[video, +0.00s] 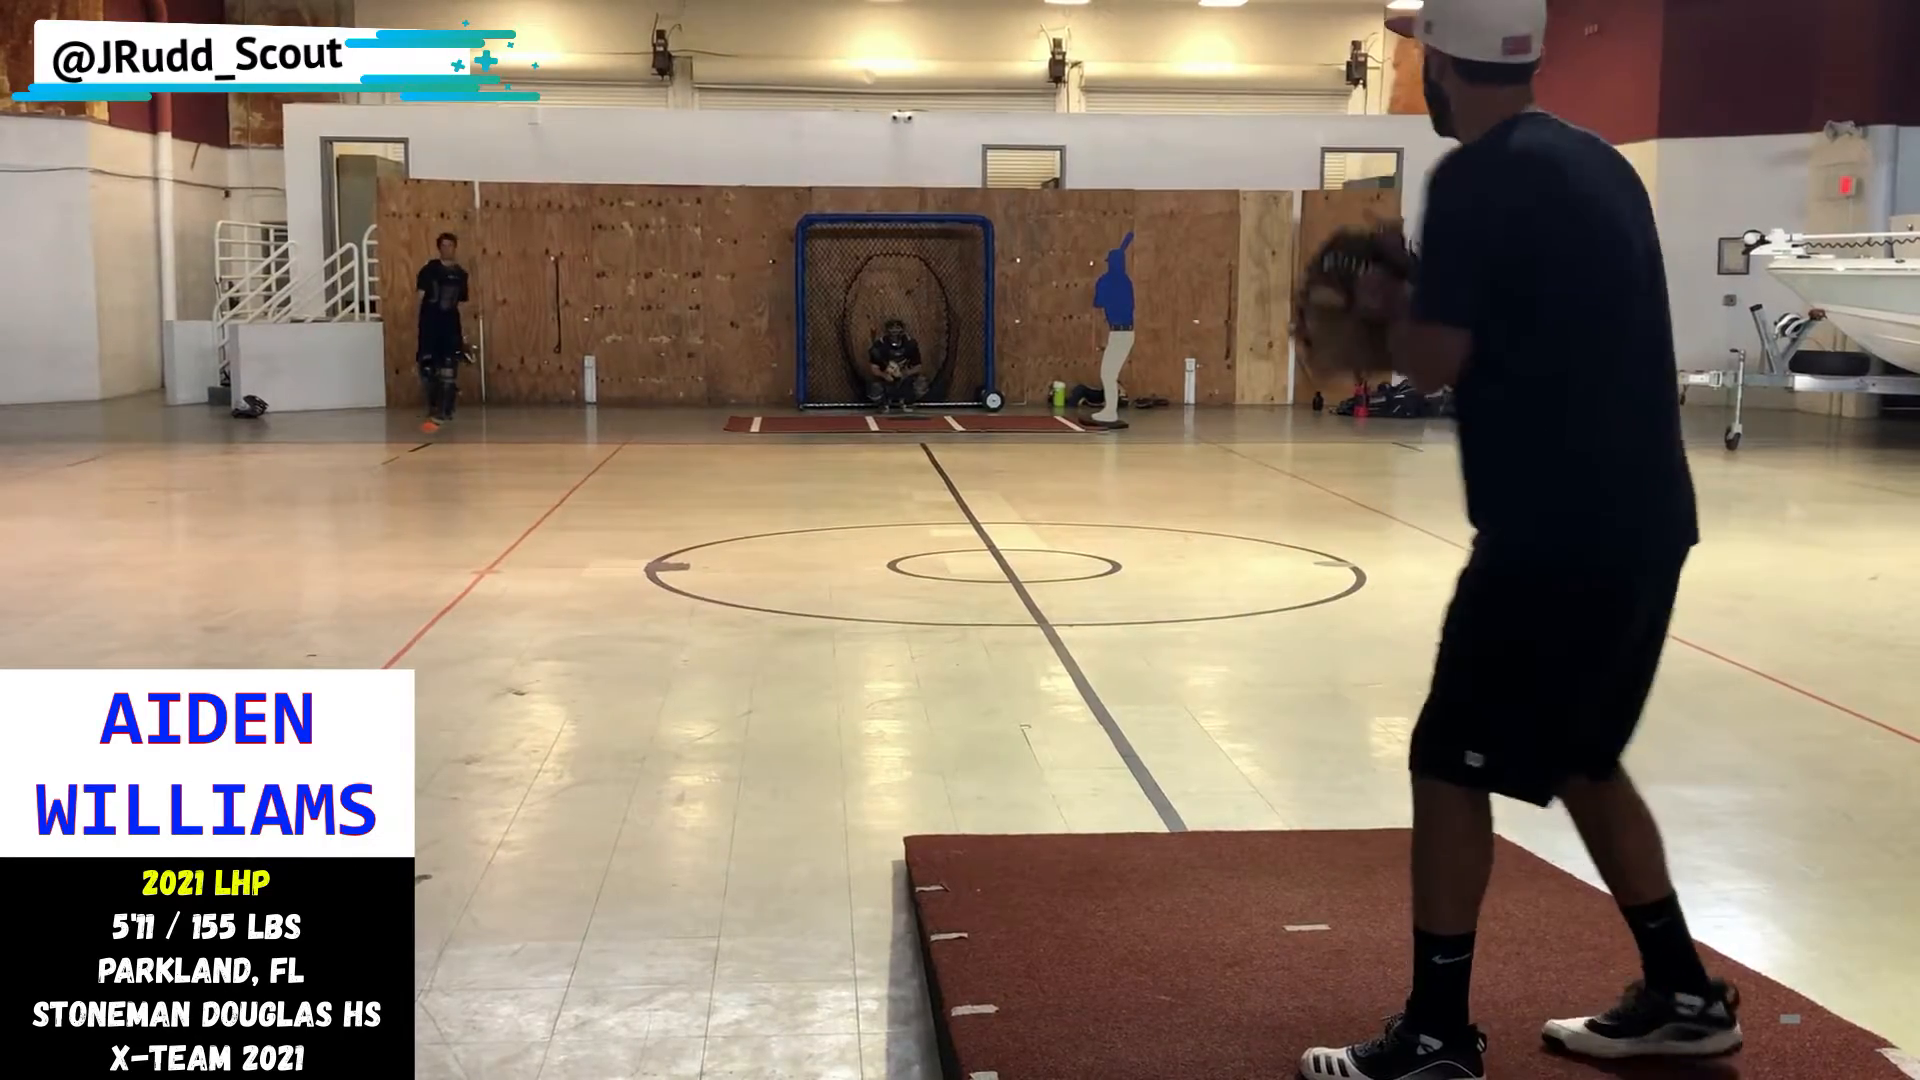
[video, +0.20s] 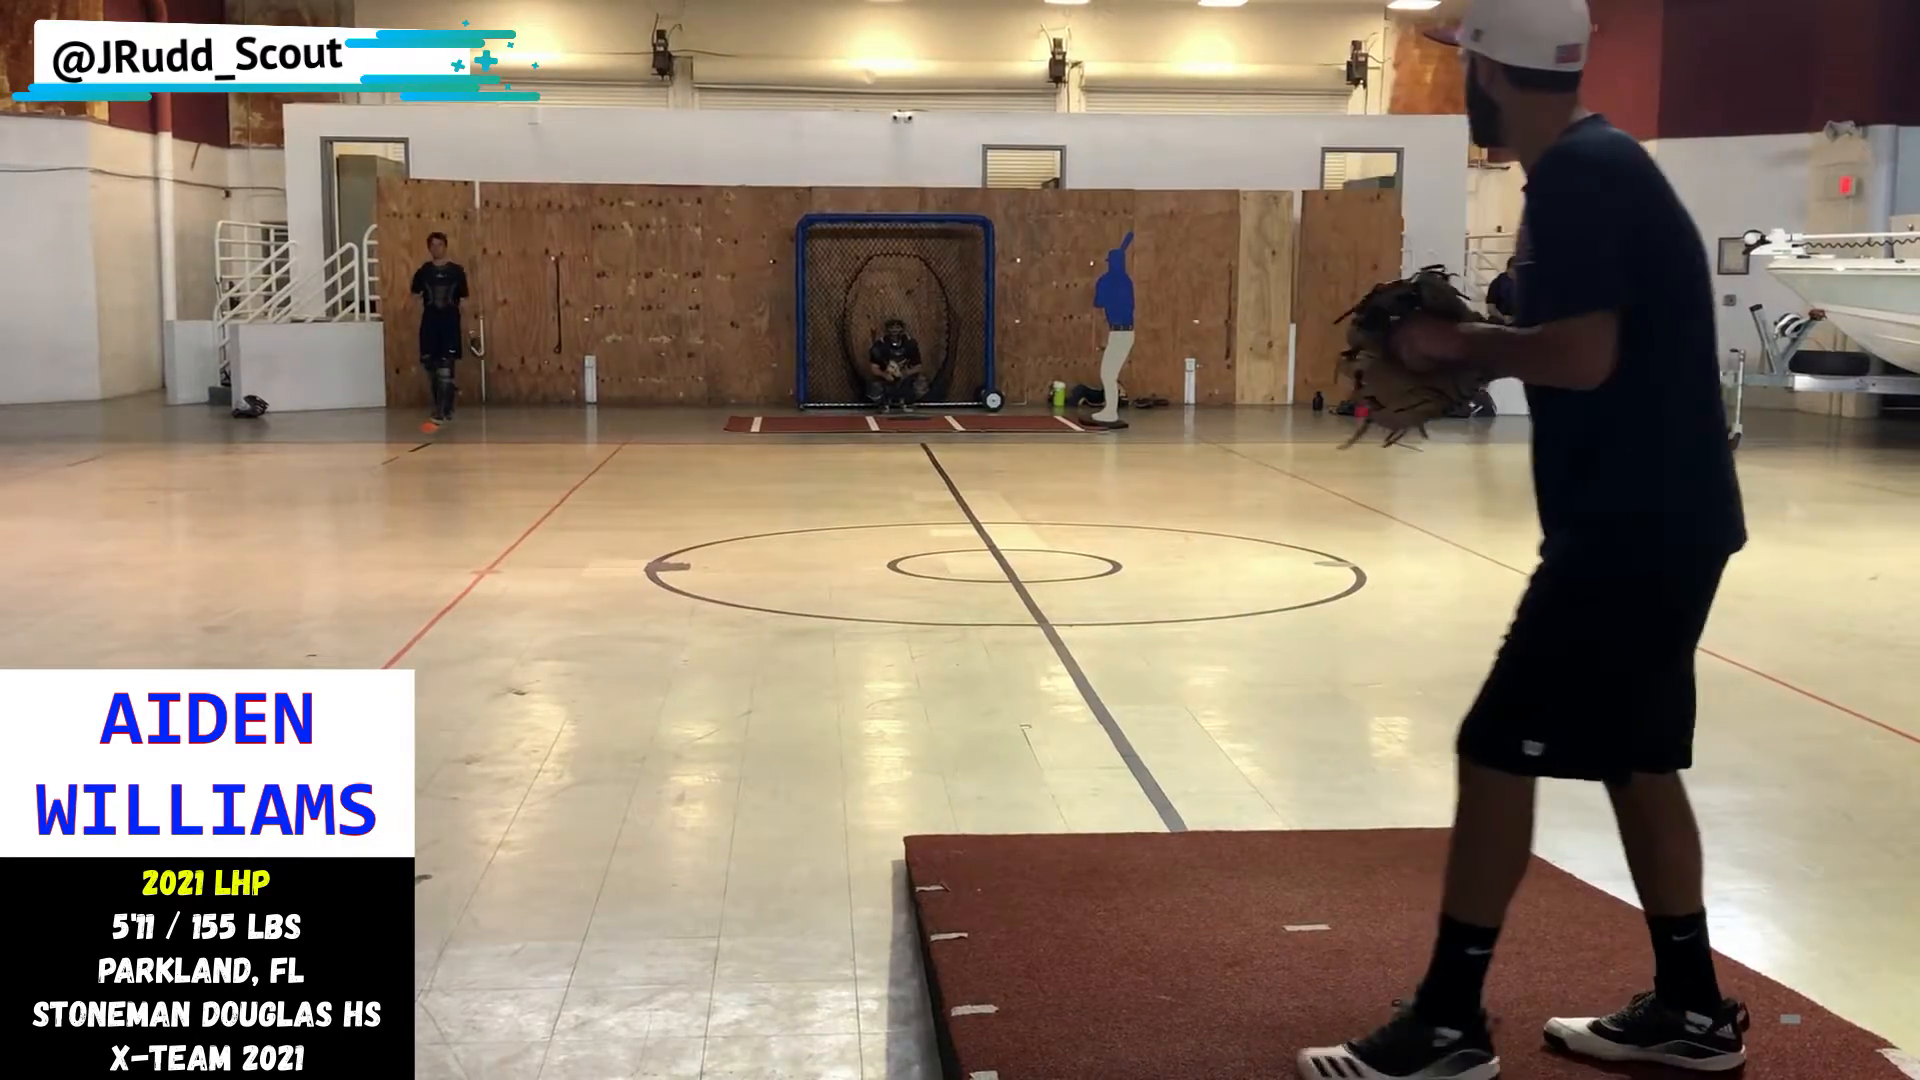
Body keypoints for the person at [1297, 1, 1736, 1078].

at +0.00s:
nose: (1418, 77)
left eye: (1421, 56)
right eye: (1422, 55)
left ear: (1440, 62)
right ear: (1529, 59)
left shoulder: (1473, 180)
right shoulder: (1601, 164)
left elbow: (1435, 360)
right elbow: (1560, 334)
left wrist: (1381, 315)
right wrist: (1419, 285)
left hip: (1544, 536)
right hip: (1644, 522)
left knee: (1446, 761)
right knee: (1580, 750)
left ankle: (1435, 1031)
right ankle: (1682, 991)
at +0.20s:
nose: (1465, 97)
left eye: (1469, 72)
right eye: (1465, 74)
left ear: (1502, 71)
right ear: (1559, 70)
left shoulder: (1579, 174)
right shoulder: (1600, 168)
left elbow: (1584, 352)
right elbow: (1581, 344)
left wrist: (1458, 348)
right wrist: (1470, 352)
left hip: (1622, 533)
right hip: (1665, 526)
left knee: (1496, 748)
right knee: (1639, 758)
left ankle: (1446, 1018)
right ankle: (1690, 1005)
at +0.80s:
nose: (1463, 72)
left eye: (1472, 51)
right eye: (1466, 52)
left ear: (1505, 60)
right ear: (1543, 63)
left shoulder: (1626, 176)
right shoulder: (1505, 188)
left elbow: (1549, 332)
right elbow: (1488, 353)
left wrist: (1393, 246)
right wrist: (1378, 285)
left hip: (1592, 539)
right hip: (1538, 533)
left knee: (1457, 761)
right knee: (1559, 762)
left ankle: (1460, 1029)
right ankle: (1675, 988)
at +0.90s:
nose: (1452, 80)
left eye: (1460, 57)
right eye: (1456, 57)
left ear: (1491, 63)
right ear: (1526, 66)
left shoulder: (1623, 174)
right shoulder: (1495, 190)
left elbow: (1550, 326)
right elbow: (1455, 352)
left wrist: (1394, 248)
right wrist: (1358, 274)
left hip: (1564, 533)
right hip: (1485, 517)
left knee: (1445, 763)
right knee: (1413, 747)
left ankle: (1458, 1029)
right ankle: (1582, 904)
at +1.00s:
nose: (1445, 85)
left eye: (1452, 59)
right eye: (1446, 62)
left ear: (1489, 60)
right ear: (1526, 62)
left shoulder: (1624, 171)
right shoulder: (1485, 185)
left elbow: (1547, 326)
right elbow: (1452, 354)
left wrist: (1391, 243)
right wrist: (1352, 277)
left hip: (1539, 533)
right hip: (1446, 504)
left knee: (1429, 778)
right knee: (1296, 685)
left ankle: (1457, 1028)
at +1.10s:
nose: (1440, 79)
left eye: (1446, 55)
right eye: (1442, 57)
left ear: (1483, 58)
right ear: (1517, 61)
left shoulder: (1620, 172)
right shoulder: (1476, 183)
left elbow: (1547, 325)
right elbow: (1441, 344)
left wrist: (1390, 245)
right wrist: (1342, 278)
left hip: (1514, 526)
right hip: (1421, 483)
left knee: (1430, 771)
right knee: (1215, 575)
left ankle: (1457, 1030)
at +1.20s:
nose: (1431, 81)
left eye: (1439, 58)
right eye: (1433, 59)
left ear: (1475, 60)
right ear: (1513, 63)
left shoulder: (1608, 174)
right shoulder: (1463, 184)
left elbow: (1538, 326)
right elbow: (1421, 343)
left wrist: (1383, 250)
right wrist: (1334, 280)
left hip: (1488, 522)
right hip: (1398, 470)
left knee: (1425, 762)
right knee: (1179, 451)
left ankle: (1458, 1031)